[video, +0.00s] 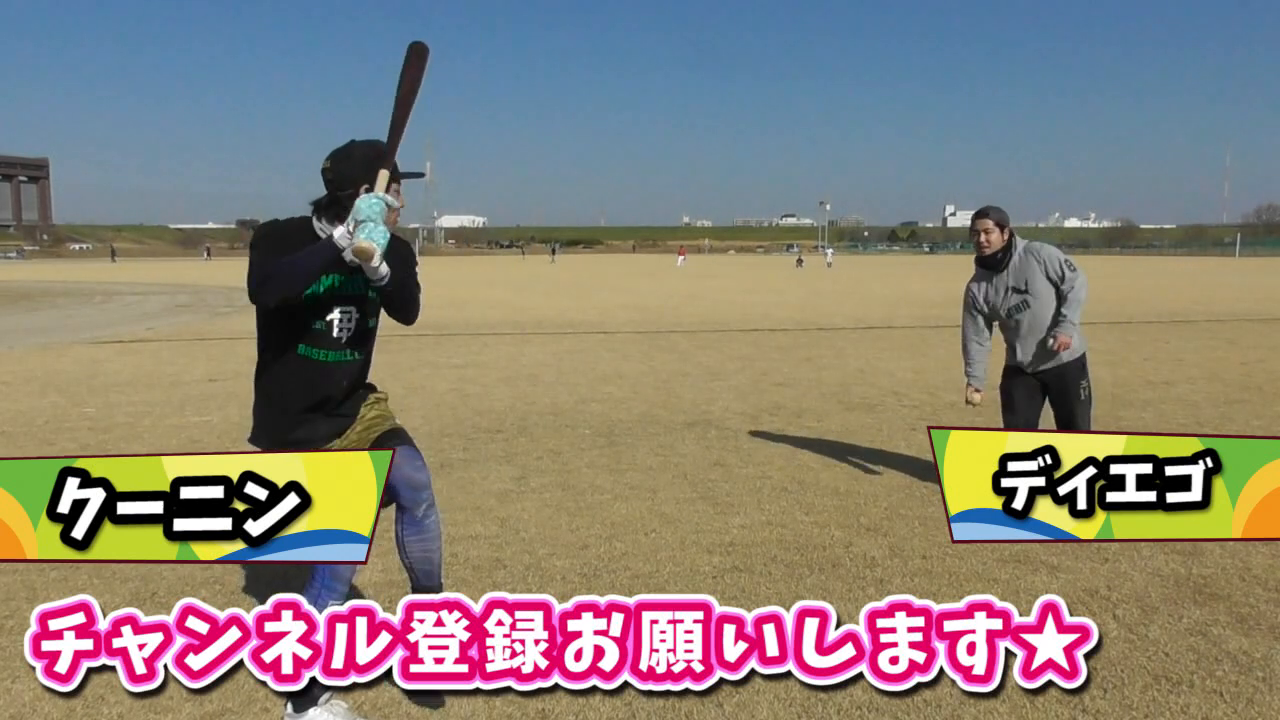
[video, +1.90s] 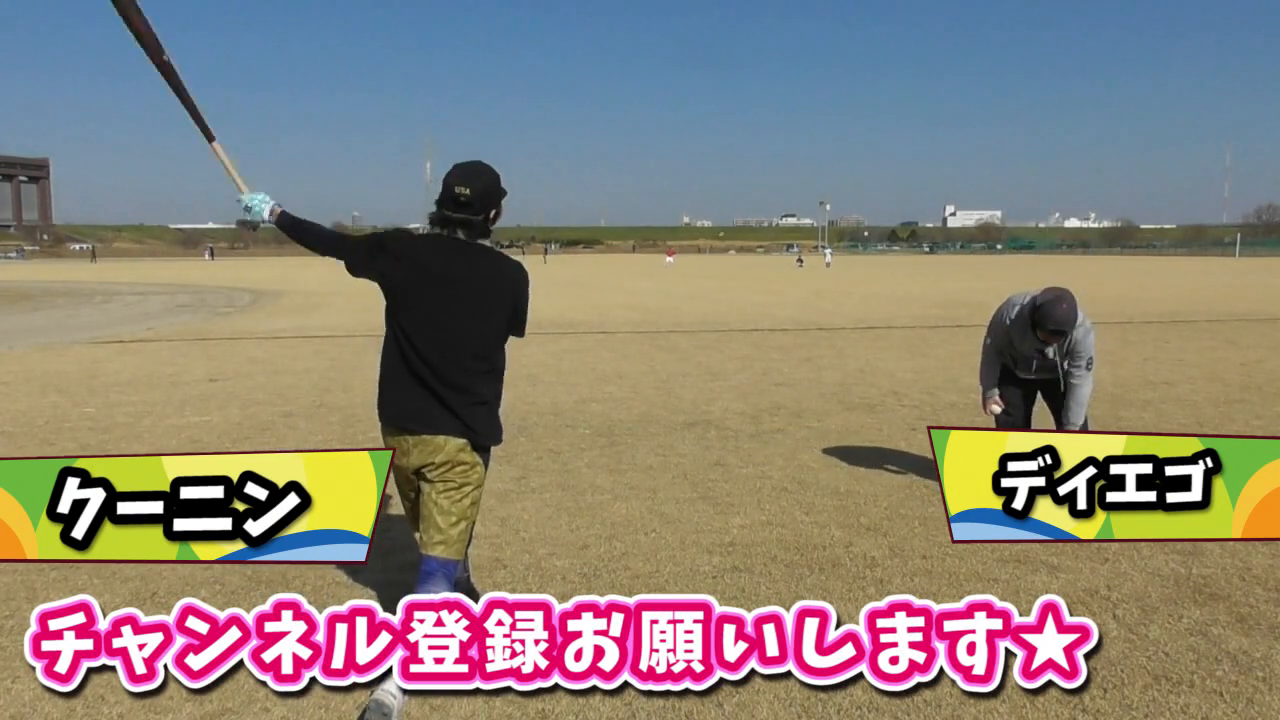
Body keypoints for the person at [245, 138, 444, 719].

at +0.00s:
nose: (396, 199)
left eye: (396, 189)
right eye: (388, 189)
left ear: (377, 193)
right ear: (355, 193)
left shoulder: (390, 246)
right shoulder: (281, 237)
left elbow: (407, 311)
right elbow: (266, 291)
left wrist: (375, 265)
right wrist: (343, 242)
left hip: (357, 407)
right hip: (295, 421)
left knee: (413, 479)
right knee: (343, 543)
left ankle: (431, 620)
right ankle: (306, 694)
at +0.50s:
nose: (455, 226)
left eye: (453, 216)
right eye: (446, 218)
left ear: (420, 225)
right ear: (416, 226)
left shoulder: (445, 274)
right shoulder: (338, 259)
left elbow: (417, 331)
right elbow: (281, 328)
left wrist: (363, 289)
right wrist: (331, 269)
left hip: (406, 428)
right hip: (343, 437)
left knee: (471, 514)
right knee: (369, 564)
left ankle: (475, 605)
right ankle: (305, 694)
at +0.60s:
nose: (478, 242)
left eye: (475, 233)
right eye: (469, 235)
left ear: (440, 243)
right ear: (440, 245)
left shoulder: (458, 287)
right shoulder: (369, 304)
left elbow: (469, 338)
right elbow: (380, 392)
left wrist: (442, 336)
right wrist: (417, 352)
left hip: (417, 449)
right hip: (371, 462)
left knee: (470, 512)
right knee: (408, 578)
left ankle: (469, 613)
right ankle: (311, 692)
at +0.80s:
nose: (484, 233)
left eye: (483, 224)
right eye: (482, 226)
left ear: (428, 222)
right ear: (467, 232)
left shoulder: (385, 256)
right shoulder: (466, 296)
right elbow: (506, 315)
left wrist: (459, 256)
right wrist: (483, 274)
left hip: (370, 426)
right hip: (424, 444)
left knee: (446, 511)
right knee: (434, 569)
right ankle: (348, 670)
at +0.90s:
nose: (496, 214)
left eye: (494, 206)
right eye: (494, 208)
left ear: (438, 208)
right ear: (483, 217)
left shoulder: (397, 256)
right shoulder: (500, 264)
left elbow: (381, 274)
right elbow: (450, 243)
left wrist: (398, 224)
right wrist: (400, 211)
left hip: (395, 420)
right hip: (457, 426)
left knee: (427, 521)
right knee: (438, 563)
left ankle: (458, 590)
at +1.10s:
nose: (485, 207)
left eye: (476, 198)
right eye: (484, 200)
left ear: (424, 203)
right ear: (478, 208)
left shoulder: (390, 254)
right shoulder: (493, 256)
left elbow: (305, 215)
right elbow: (444, 257)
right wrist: (394, 236)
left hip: (402, 435)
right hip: (464, 439)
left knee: (442, 549)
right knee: (444, 570)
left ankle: (479, 636)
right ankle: (393, 693)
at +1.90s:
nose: (497, 213)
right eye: (496, 206)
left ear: (442, 202)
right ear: (492, 213)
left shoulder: (401, 250)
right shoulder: (508, 273)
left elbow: (334, 243)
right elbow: (512, 328)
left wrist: (274, 215)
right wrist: (466, 290)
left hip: (401, 423)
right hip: (463, 432)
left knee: (436, 543)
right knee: (438, 564)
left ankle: (470, 621)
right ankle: (394, 690)